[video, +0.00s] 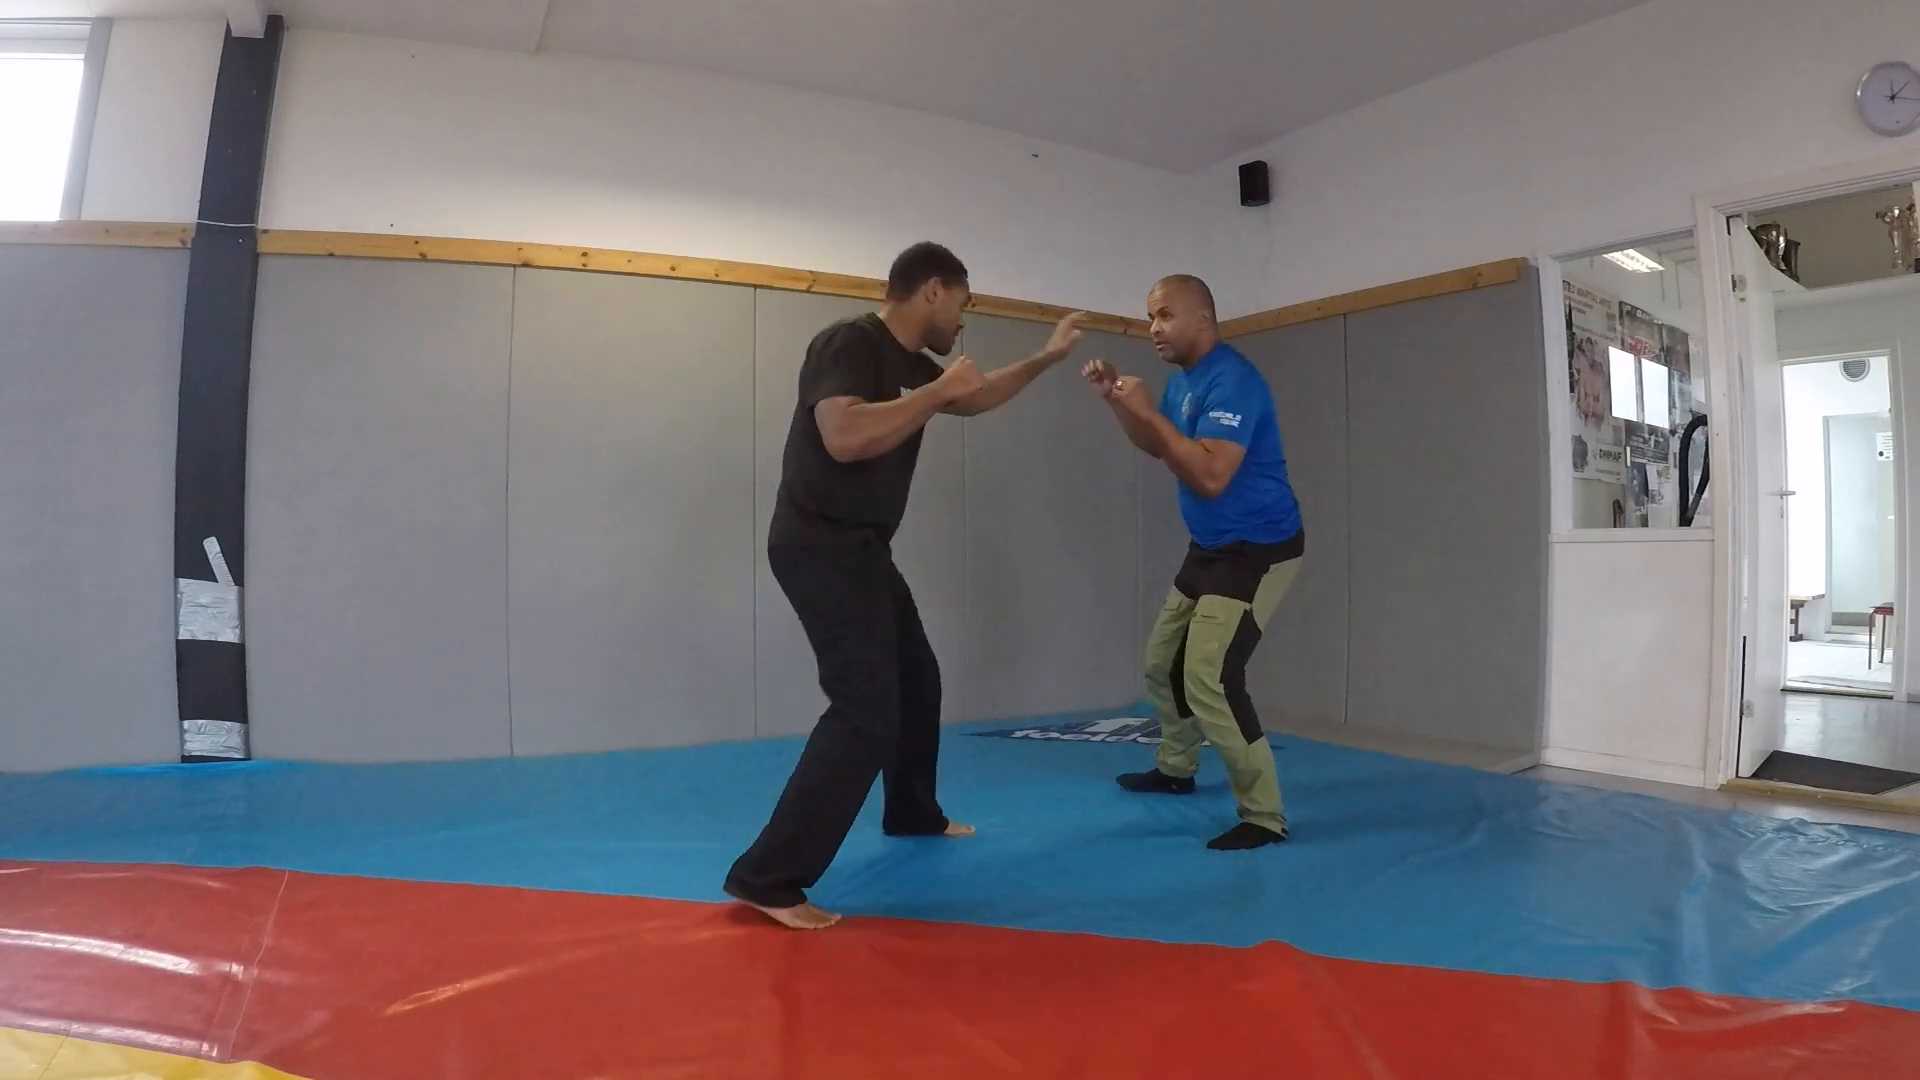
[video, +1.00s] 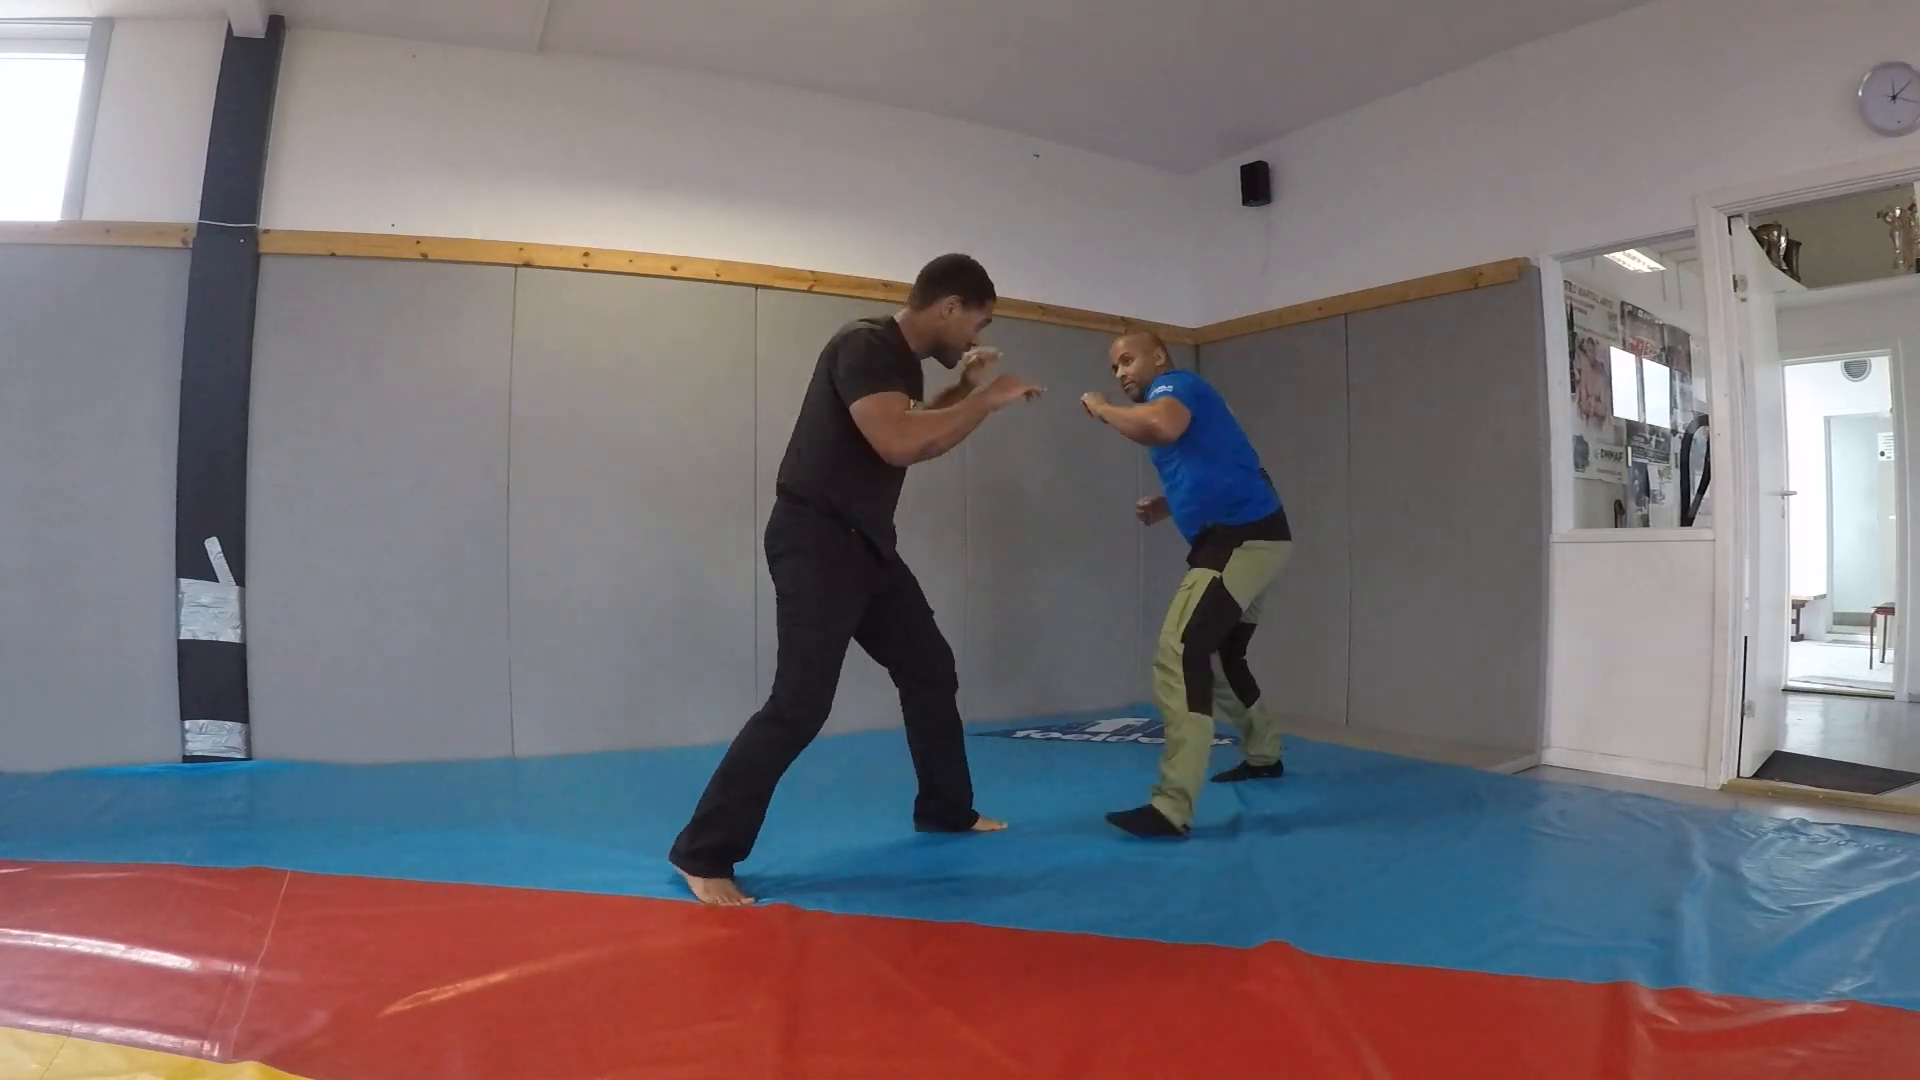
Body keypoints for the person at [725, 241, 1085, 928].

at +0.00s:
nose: (963, 318)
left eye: (965, 307)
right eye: (962, 304)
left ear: (924, 294)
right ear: (932, 292)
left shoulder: (915, 363)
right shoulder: (848, 343)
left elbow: (976, 400)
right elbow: (844, 437)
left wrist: (1048, 358)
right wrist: (940, 393)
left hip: (863, 548)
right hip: (818, 547)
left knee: (917, 677)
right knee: (868, 705)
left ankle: (912, 813)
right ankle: (766, 879)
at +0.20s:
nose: (976, 348)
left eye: (980, 337)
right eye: (975, 331)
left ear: (925, 304)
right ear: (950, 310)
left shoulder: (901, 370)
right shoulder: (912, 327)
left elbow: (959, 427)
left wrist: (1033, 424)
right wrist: (1005, 320)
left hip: (849, 527)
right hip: (857, 526)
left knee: (900, 674)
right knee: (885, 687)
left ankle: (909, 813)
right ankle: (766, 835)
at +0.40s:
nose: (959, 322)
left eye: (955, 314)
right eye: (956, 314)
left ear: (901, 304)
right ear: (939, 304)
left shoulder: (856, 353)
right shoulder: (934, 320)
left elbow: (896, 451)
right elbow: (1048, 322)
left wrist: (961, 419)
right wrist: (1128, 337)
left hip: (840, 517)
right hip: (882, 515)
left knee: (911, 668)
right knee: (864, 683)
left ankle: (911, 813)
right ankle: (733, 824)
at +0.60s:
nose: (968, 331)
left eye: (966, 321)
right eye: (966, 321)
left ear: (912, 300)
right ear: (950, 308)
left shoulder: (867, 348)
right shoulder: (916, 322)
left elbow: (922, 444)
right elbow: (1033, 339)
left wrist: (951, 379)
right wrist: (1047, 314)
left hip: (834, 520)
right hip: (856, 520)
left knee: (901, 672)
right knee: (864, 683)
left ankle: (910, 816)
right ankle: (731, 824)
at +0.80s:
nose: (946, 326)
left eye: (949, 316)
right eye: (946, 310)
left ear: (902, 291)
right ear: (919, 291)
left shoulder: (859, 350)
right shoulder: (868, 329)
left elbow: (897, 450)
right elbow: (985, 382)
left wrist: (945, 389)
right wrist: (1030, 352)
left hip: (852, 542)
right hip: (824, 538)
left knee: (923, 665)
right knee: (797, 700)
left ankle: (918, 811)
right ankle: (699, 857)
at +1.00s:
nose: (972, 337)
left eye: (977, 328)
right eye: (974, 324)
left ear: (940, 308)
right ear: (949, 307)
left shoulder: (903, 362)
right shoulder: (866, 346)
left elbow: (912, 437)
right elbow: (898, 442)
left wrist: (961, 390)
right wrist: (986, 400)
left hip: (866, 547)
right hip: (816, 539)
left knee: (929, 668)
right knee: (799, 705)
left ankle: (945, 810)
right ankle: (703, 855)